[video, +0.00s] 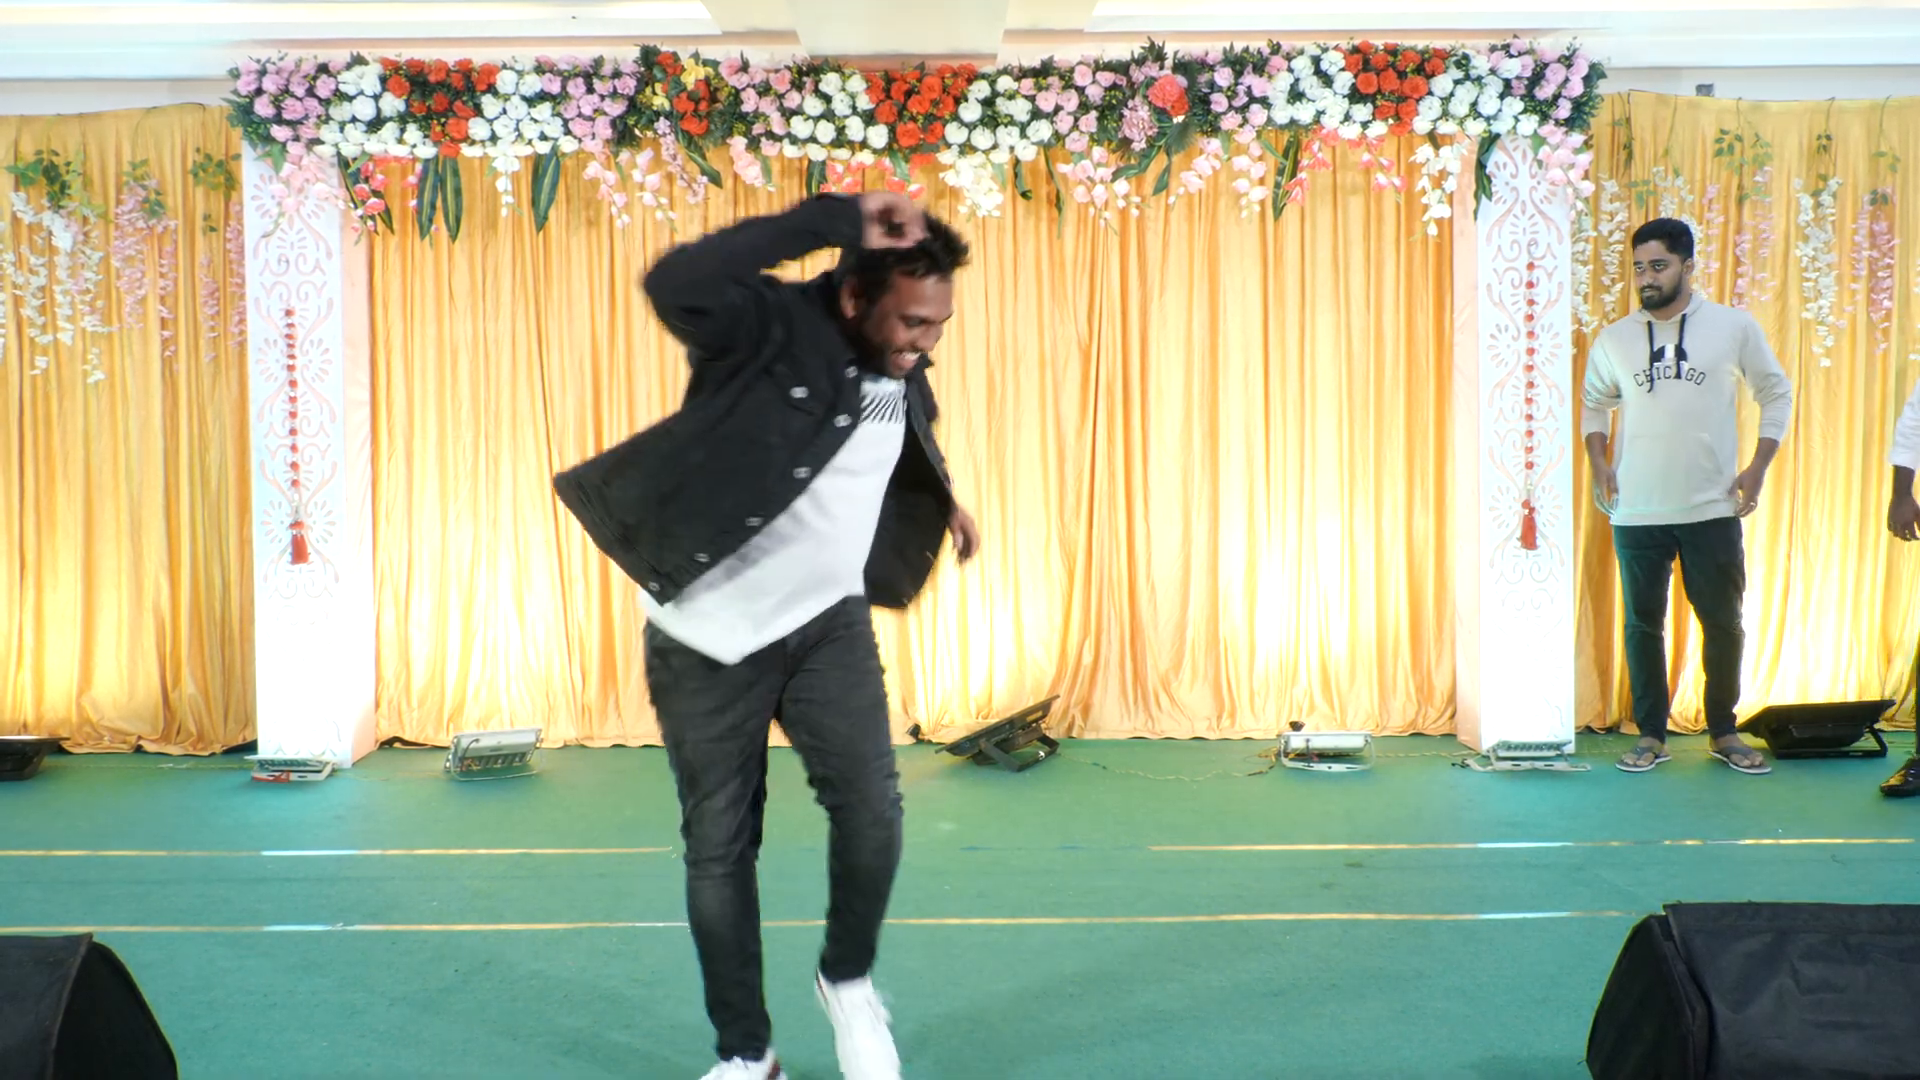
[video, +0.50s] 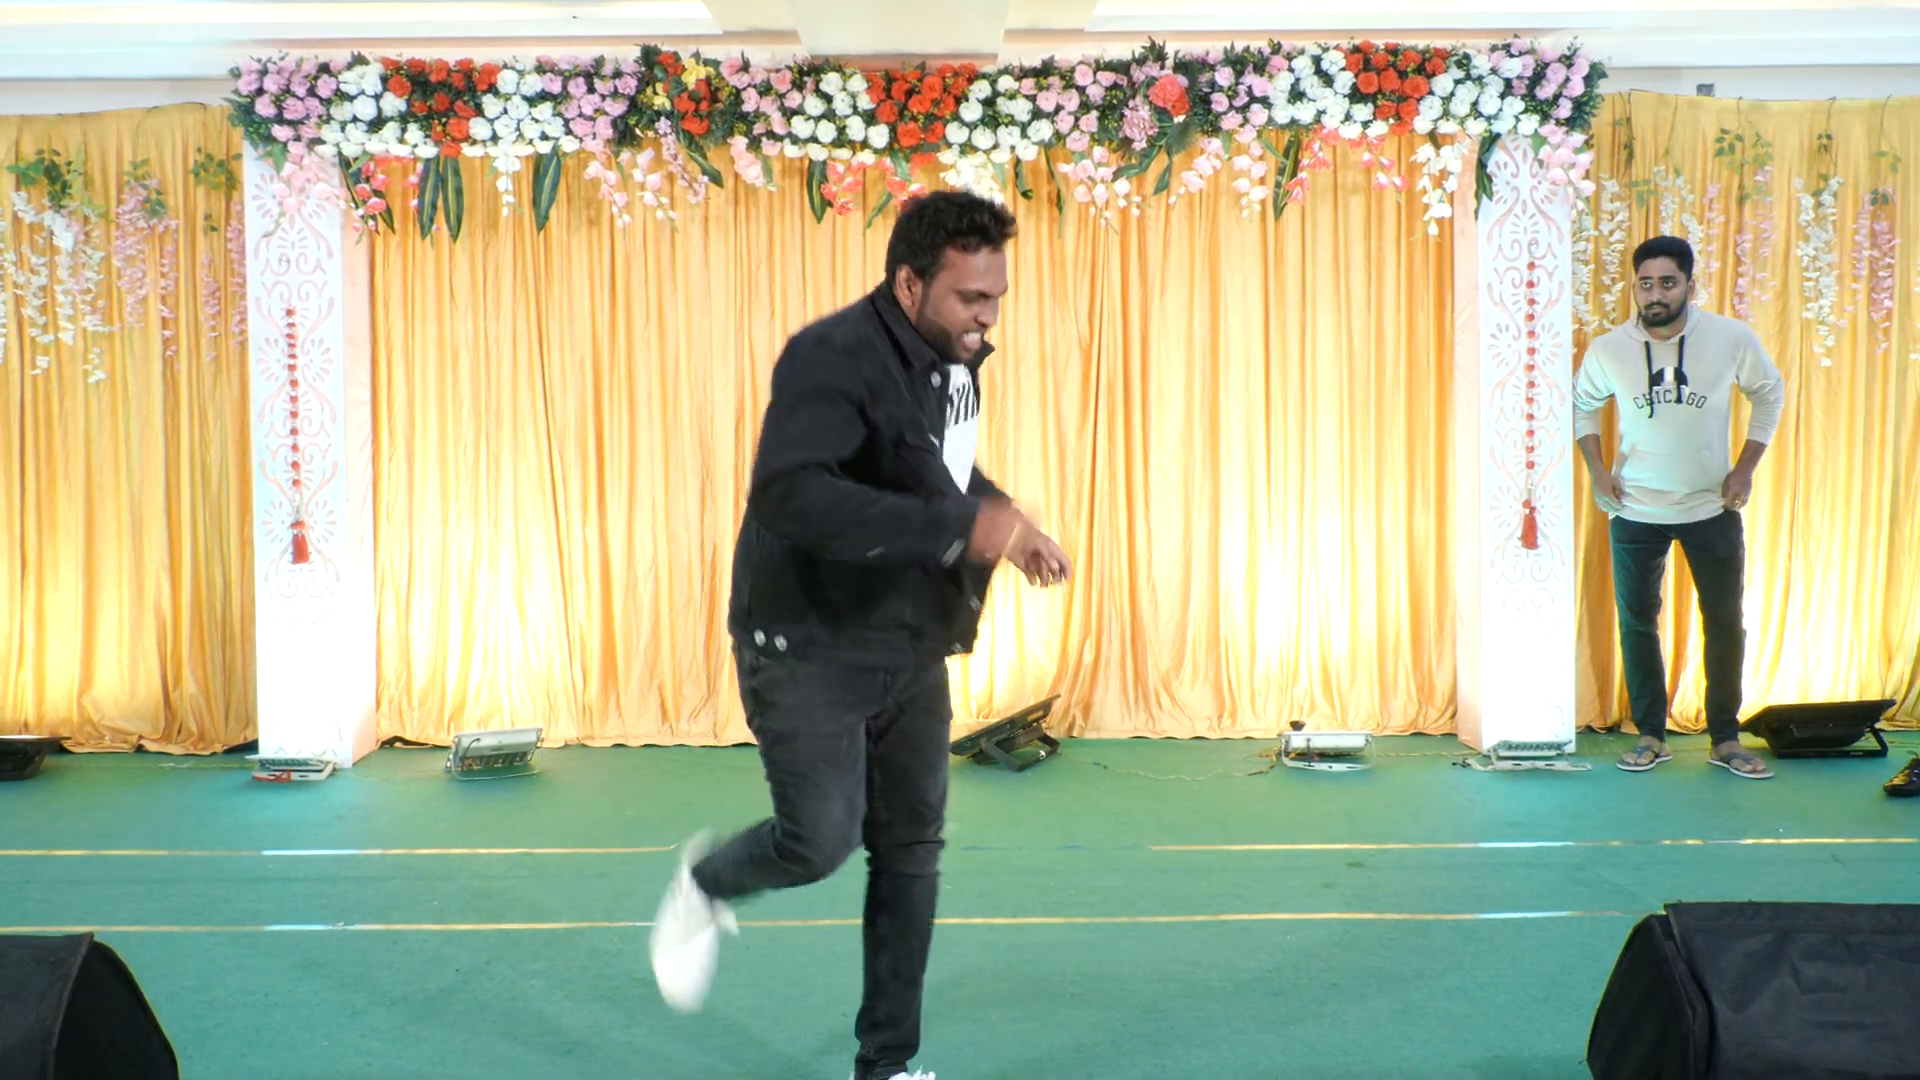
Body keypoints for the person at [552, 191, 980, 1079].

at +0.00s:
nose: (924, 342)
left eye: (937, 325)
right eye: (912, 323)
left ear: (945, 312)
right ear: (854, 294)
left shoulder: (903, 371)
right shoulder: (765, 327)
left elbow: (900, 448)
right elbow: (674, 283)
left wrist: (945, 504)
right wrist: (836, 221)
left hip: (828, 619)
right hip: (708, 632)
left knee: (873, 815)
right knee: (719, 846)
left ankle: (847, 979)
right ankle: (742, 1055)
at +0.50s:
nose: (988, 320)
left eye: (997, 300)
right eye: (973, 299)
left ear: (998, 288)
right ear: (909, 285)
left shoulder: (956, 361)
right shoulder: (828, 356)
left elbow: (935, 467)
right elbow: (788, 498)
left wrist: (1003, 522)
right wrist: (958, 526)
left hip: (910, 649)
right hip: (803, 649)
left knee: (911, 852)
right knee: (818, 844)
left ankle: (887, 1061)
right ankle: (704, 880)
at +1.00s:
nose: (931, 249)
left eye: (931, 232)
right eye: (910, 234)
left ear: (921, 238)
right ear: (842, 246)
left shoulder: (963, 356)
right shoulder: (746, 345)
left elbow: (1061, 456)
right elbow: (663, 478)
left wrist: (1162, 468)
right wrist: (607, 602)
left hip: (901, 654)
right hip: (775, 653)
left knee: (894, 850)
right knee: (767, 846)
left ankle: (889, 1058)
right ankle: (802, 997)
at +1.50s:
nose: (852, 249)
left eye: (855, 232)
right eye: (830, 235)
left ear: (859, 236)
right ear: (768, 248)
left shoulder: (898, 325)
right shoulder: (693, 353)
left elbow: (1018, 334)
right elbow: (613, 475)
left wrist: (1056, 252)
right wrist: (648, 595)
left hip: (876, 623)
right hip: (758, 638)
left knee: (912, 801)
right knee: (792, 815)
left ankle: (928, 993)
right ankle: (814, 1007)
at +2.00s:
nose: (911, 300)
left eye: (918, 284)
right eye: (902, 281)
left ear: (902, 277)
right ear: (849, 265)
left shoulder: (882, 348)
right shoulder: (789, 323)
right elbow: (780, 247)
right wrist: (839, 227)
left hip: (850, 596)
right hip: (788, 597)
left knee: (835, 775)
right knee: (799, 793)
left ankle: (847, 940)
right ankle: (811, 999)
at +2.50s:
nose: (925, 266)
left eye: (922, 249)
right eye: (914, 250)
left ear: (852, 258)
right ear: (868, 257)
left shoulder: (811, 321)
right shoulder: (843, 318)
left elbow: (853, 407)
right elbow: (944, 359)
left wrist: (914, 316)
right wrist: (1049, 261)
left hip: (827, 580)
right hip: (862, 582)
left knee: (837, 761)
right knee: (906, 762)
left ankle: (843, 954)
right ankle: (922, 977)